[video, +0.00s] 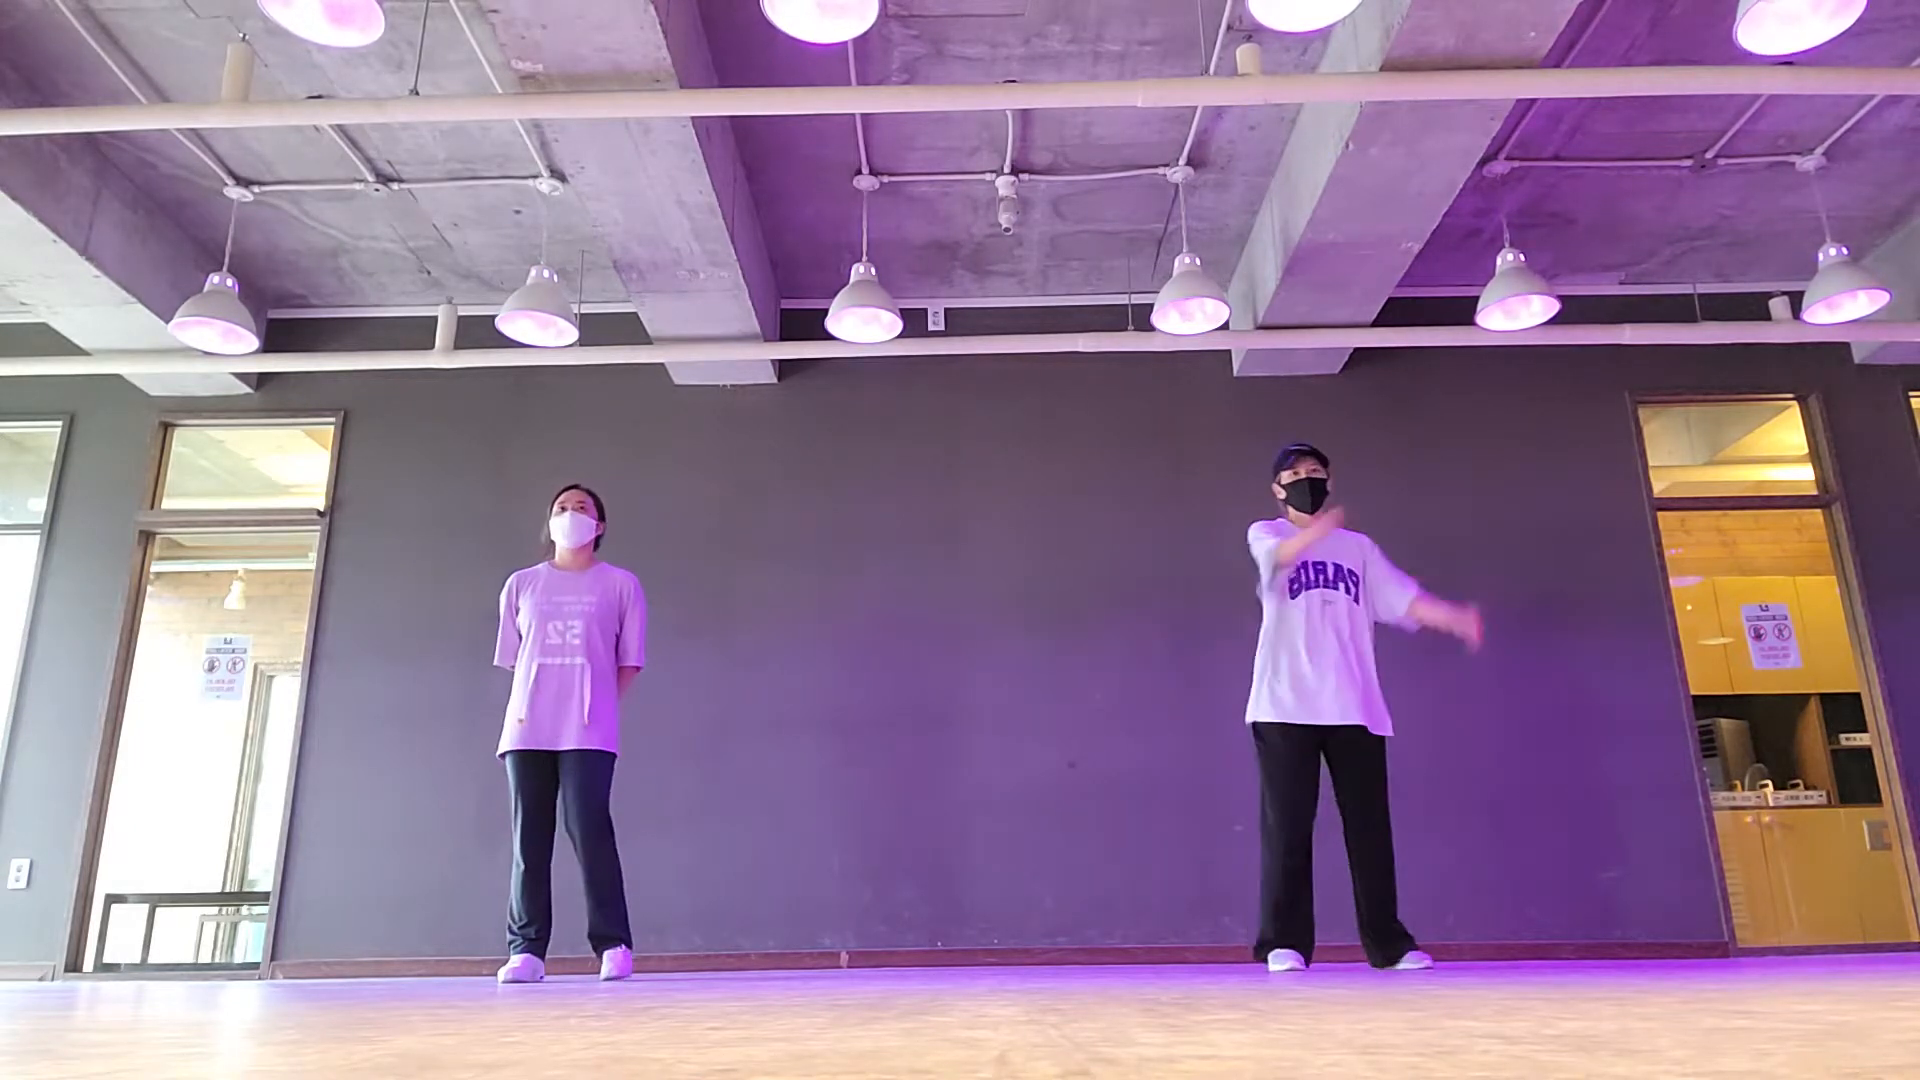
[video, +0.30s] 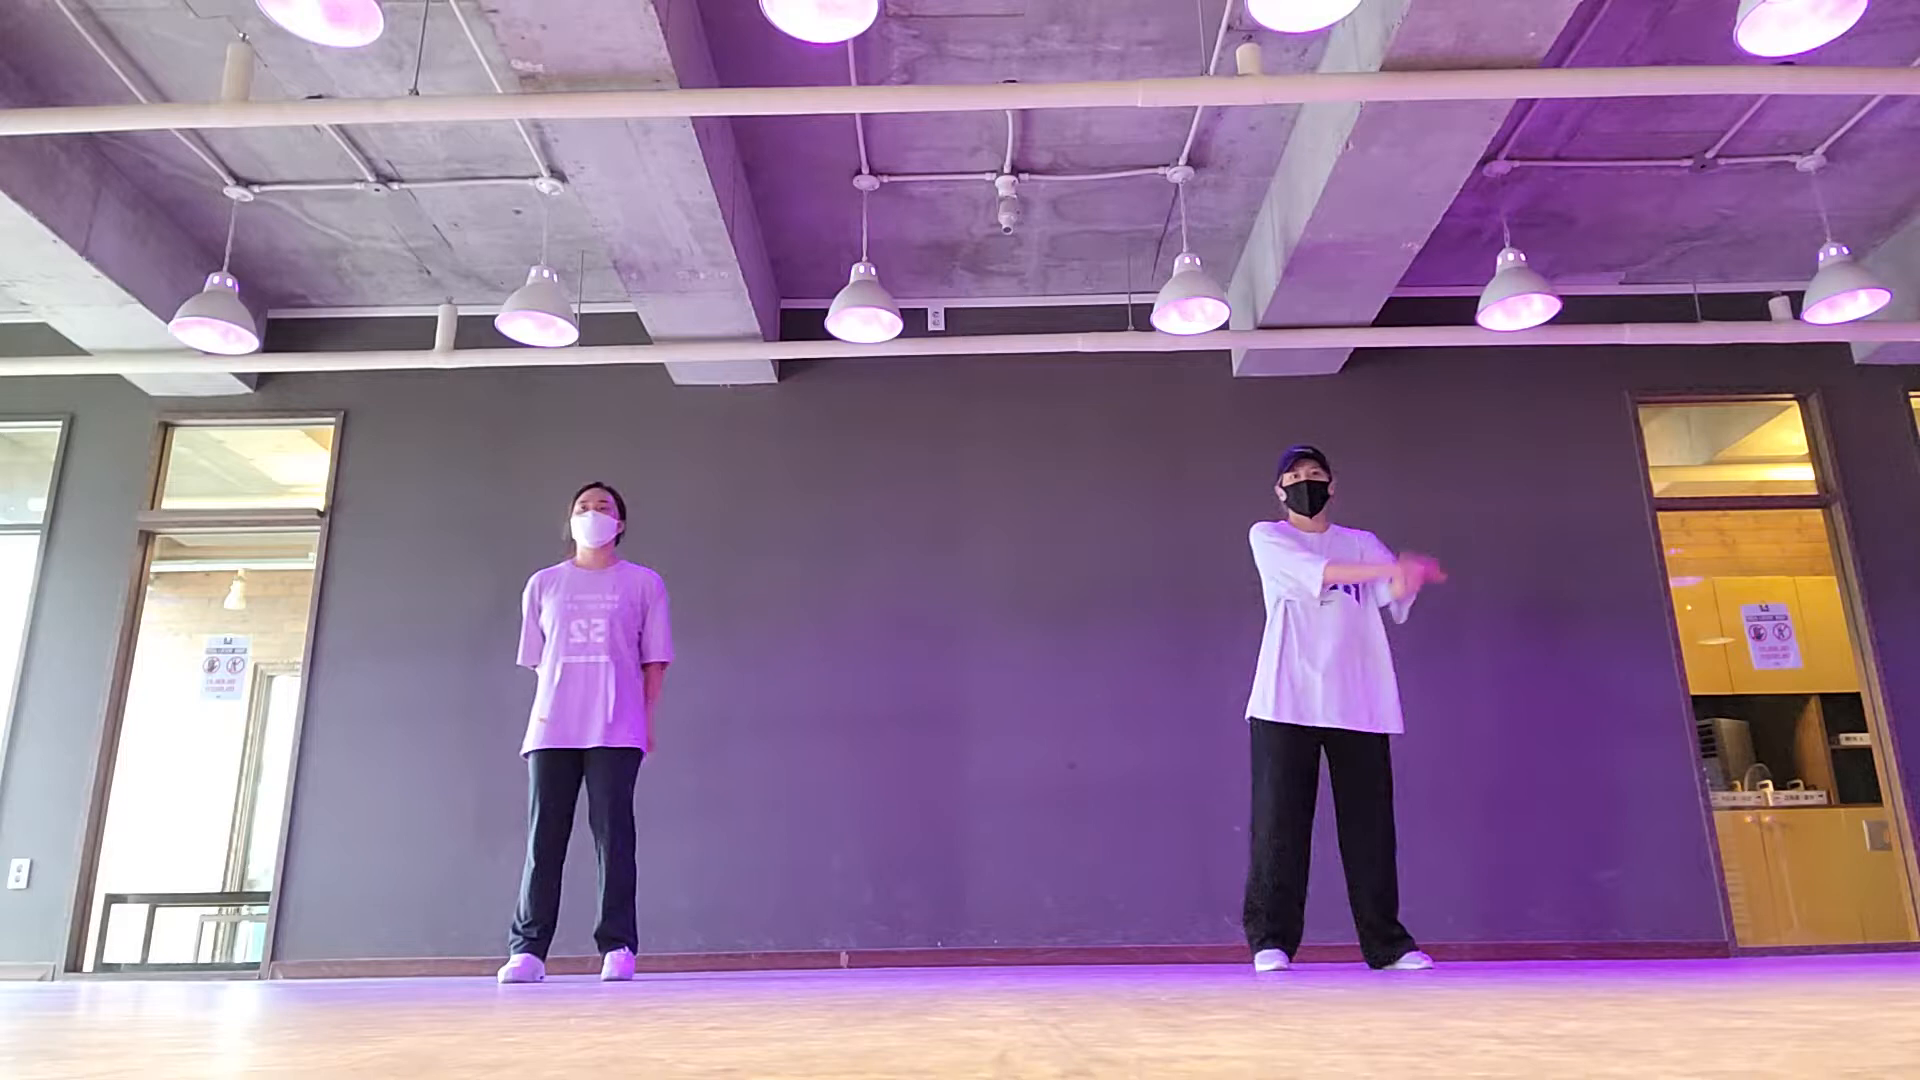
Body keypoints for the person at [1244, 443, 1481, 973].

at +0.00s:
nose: (1308, 482)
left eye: (1316, 474)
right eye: (1295, 476)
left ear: (1329, 484)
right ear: (1278, 489)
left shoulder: (1358, 548)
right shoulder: (1266, 534)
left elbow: (1405, 599)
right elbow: (1278, 557)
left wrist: (1455, 617)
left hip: (1355, 705)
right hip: (1284, 705)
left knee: (1371, 831)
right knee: (1287, 832)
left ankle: (1390, 946)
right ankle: (1283, 946)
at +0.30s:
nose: (1306, 486)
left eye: (1315, 477)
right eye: (1295, 479)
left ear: (1330, 487)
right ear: (1280, 491)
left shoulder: (1366, 544)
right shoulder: (1266, 536)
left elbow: (1390, 606)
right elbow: (1312, 574)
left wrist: (1408, 582)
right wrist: (1389, 572)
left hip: (1359, 704)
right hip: (1286, 702)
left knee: (1370, 829)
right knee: (1279, 829)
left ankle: (1386, 947)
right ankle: (1270, 944)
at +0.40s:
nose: (1299, 487)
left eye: (1308, 478)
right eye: (1288, 480)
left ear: (1322, 487)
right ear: (1272, 491)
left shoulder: (1355, 544)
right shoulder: (1259, 539)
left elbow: (1386, 599)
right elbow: (1289, 590)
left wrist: (1397, 640)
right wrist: (1368, 618)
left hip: (1357, 706)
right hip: (1284, 707)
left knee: (1371, 831)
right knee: (1279, 832)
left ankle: (1386, 947)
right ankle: (1272, 945)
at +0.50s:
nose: (1290, 484)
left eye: (1299, 476)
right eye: (1279, 478)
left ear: (1314, 486)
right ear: (1264, 491)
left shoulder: (1347, 543)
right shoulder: (1249, 543)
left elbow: (1369, 626)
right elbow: (1256, 609)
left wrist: (1386, 690)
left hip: (1348, 708)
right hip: (1277, 712)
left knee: (1367, 830)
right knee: (1276, 832)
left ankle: (1389, 946)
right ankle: (1274, 946)